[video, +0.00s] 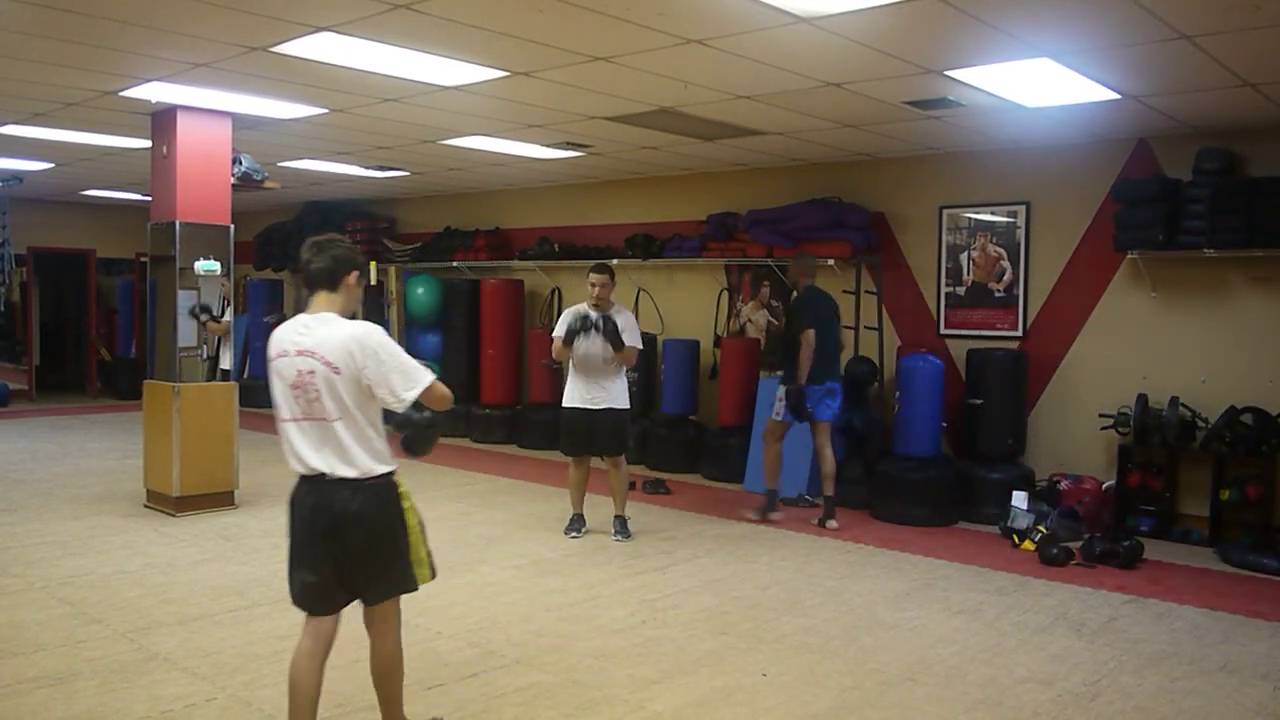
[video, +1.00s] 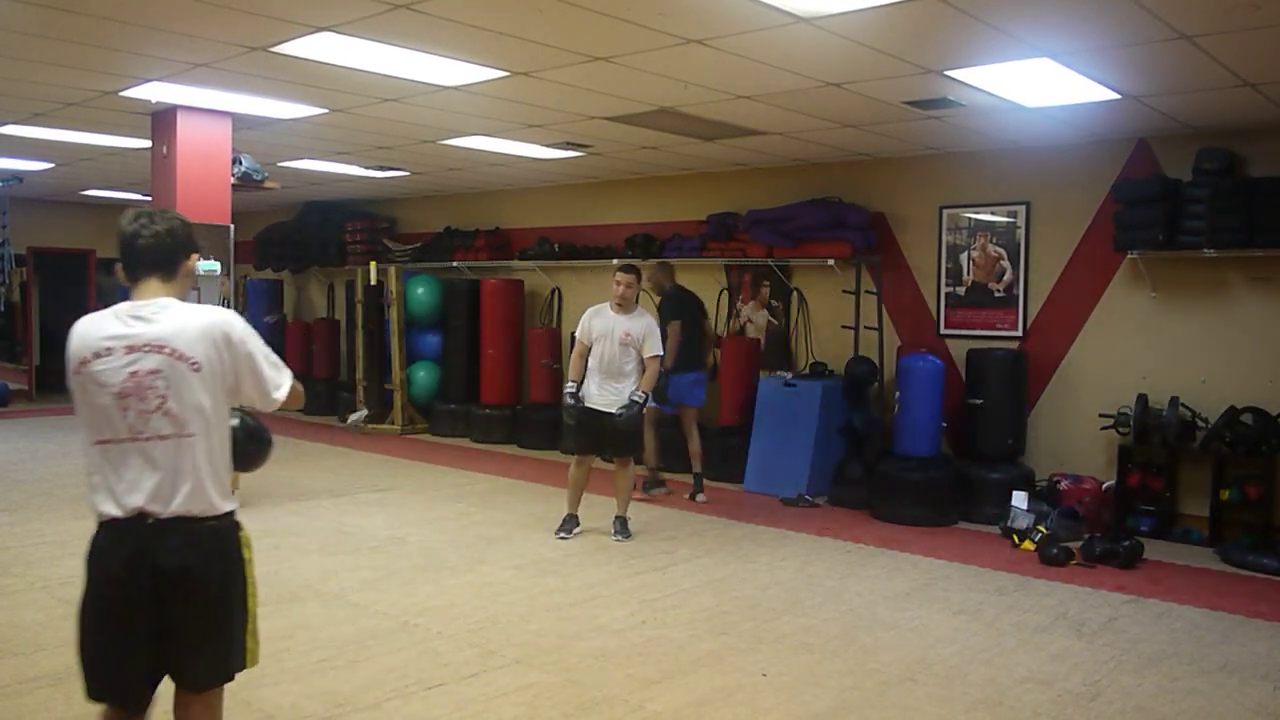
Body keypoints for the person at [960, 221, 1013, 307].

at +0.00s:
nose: (983, 240)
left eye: (986, 236)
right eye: (980, 236)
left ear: (990, 237)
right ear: (976, 237)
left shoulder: (999, 252)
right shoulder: (971, 253)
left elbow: (1009, 271)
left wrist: (1001, 286)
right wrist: (967, 277)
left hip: (990, 287)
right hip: (974, 286)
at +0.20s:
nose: (982, 241)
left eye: (986, 237)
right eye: (980, 236)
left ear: (990, 237)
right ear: (976, 237)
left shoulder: (999, 253)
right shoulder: (970, 253)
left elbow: (1009, 272)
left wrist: (1000, 286)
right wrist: (967, 277)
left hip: (990, 288)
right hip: (974, 286)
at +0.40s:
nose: (982, 240)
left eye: (986, 236)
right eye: (979, 236)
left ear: (990, 237)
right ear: (976, 237)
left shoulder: (999, 252)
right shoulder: (971, 252)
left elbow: (1009, 272)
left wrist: (1000, 286)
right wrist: (967, 277)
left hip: (990, 287)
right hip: (974, 286)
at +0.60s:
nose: (982, 241)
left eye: (986, 236)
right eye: (979, 236)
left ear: (990, 237)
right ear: (975, 237)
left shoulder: (999, 253)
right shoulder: (971, 252)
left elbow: (1009, 272)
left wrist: (1000, 286)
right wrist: (967, 277)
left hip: (989, 287)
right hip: (974, 286)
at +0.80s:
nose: (982, 241)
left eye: (986, 237)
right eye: (979, 236)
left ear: (990, 237)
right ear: (976, 237)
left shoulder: (999, 253)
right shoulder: (971, 252)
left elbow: (1009, 272)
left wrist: (1000, 286)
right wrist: (967, 278)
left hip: (989, 287)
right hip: (974, 286)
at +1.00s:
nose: (982, 241)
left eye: (986, 237)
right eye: (979, 236)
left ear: (990, 237)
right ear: (976, 237)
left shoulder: (999, 253)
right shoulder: (971, 252)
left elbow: (1009, 272)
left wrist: (1000, 286)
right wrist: (967, 278)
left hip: (989, 287)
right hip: (974, 286)